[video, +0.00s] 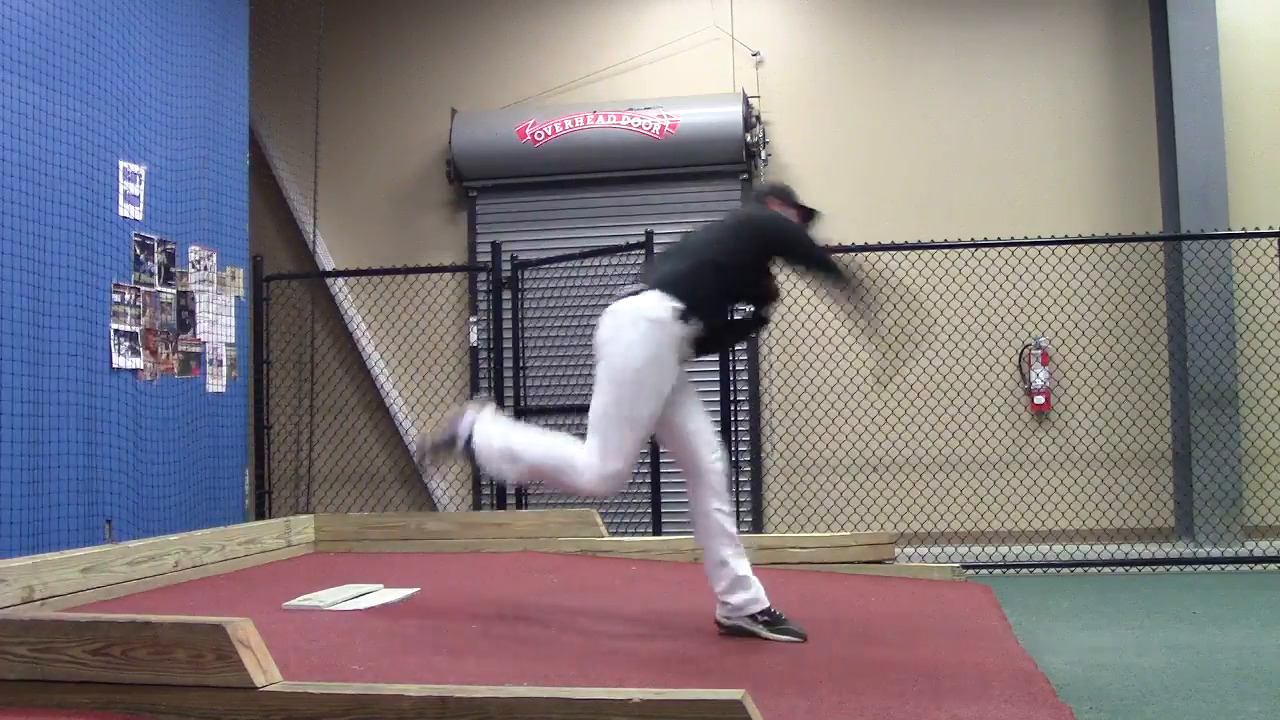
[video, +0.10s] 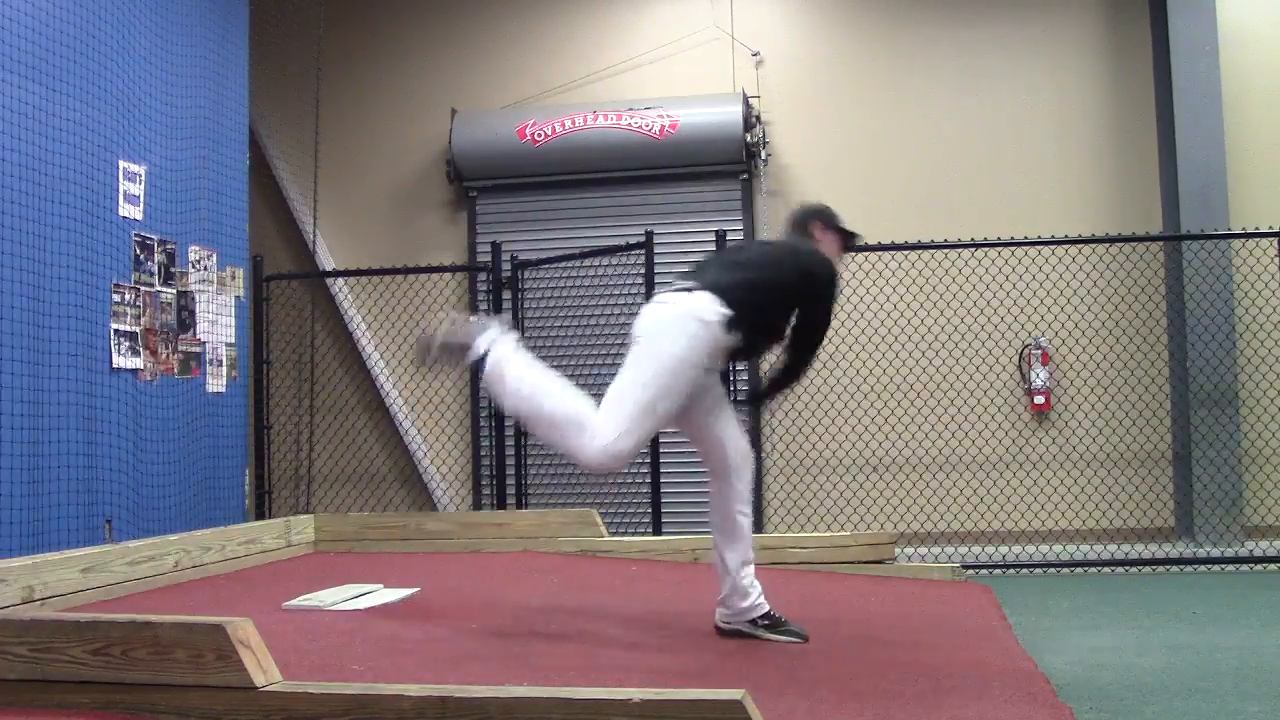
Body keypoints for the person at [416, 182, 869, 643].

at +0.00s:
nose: (804, 228)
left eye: (804, 220)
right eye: (798, 216)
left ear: (771, 215)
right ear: (772, 204)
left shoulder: (744, 269)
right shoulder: (761, 222)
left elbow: (696, 339)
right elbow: (815, 258)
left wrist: (757, 315)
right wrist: (850, 284)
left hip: (667, 351)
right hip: (646, 325)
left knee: (708, 472)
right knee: (604, 472)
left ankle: (740, 604)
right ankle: (479, 429)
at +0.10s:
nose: (840, 256)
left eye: (841, 247)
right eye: (837, 244)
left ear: (799, 233)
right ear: (817, 233)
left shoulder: (759, 253)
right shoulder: (817, 265)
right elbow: (802, 352)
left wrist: (747, 352)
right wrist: (766, 393)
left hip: (694, 352)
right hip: (686, 325)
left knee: (732, 461)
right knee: (603, 447)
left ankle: (740, 607)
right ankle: (489, 344)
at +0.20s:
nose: (872, 276)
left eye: (874, 265)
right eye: (871, 263)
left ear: (832, 248)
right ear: (852, 251)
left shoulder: (783, 258)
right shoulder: (846, 288)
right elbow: (775, 359)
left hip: (696, 326)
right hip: (721, 320)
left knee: (748, 466)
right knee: (646, 438)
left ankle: (743, 606)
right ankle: (544, 320)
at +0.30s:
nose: (897, 265)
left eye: (901, 256)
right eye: (898, 253)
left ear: (856, 238)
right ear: (877, 240)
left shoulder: (810, 249)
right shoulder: (871, 279)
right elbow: (819, 345)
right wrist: (760, 369)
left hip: (695, 308)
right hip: (737, 305)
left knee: (755, 465)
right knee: (743, 445)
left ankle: (745, 603)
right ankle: (646, 402)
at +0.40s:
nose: (918, 237)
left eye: (921, 226)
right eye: (916, 224)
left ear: (874, 212)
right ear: (893, 214)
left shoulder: (823, 232)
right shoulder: (885, 252)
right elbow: (853, 339)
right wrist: (822, 389)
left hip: (704, 311)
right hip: (758, 307)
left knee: (769, 462)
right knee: (813, 449)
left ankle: (746, 596)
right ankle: (786, 578)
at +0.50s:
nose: (927, 204)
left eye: (928, 193)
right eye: (923, 192)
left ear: (881, 186)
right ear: (899, 186)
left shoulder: (827, 216)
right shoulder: (896, 233)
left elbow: (784, 289)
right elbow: (903, 329)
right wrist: (917, 407)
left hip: (734, 331)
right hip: (791, 329)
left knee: (794, 476)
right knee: (860, 486)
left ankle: (745, 603)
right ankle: (887, 648)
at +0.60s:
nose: (926, 174)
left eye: (925, 163)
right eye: (921, 162)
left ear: (875, 164)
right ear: (895, 162)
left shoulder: (814, 210)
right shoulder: (900, 215)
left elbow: (763, 285)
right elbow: (956, 298)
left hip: (759, 352)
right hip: (822, 348)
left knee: (817, 481)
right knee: (903, 493)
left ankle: (750, 601)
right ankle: (891, 644)